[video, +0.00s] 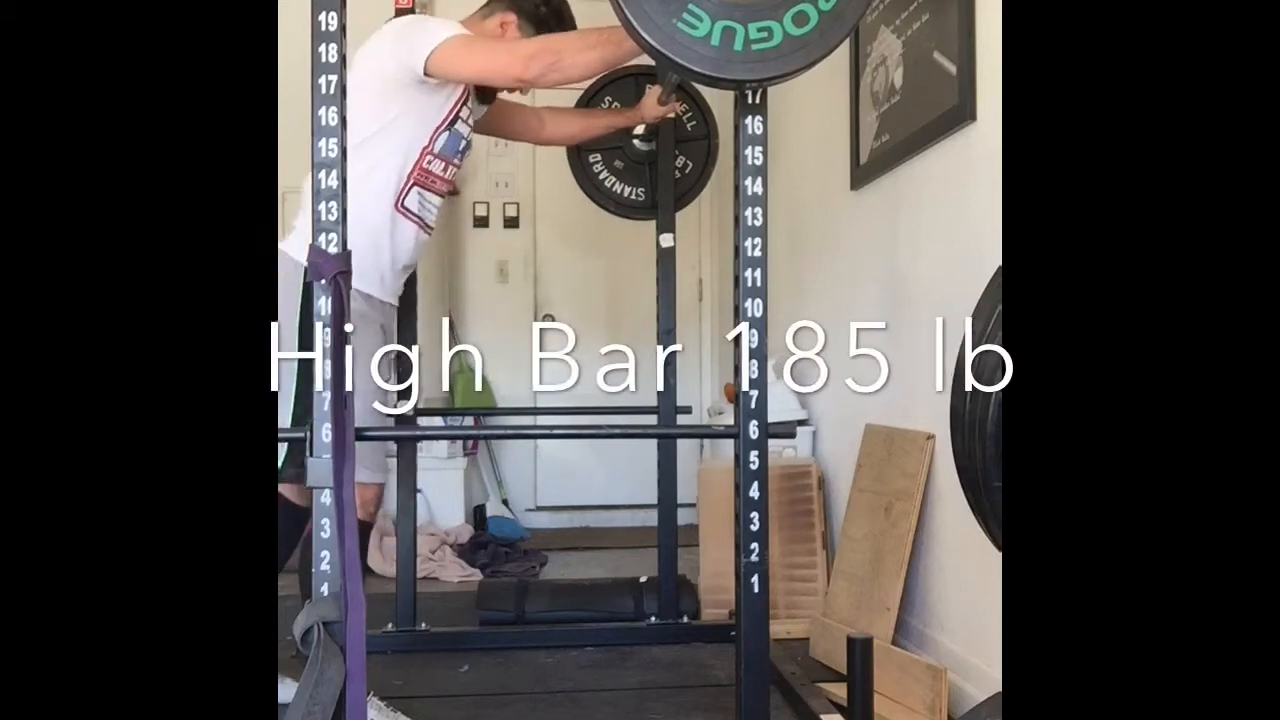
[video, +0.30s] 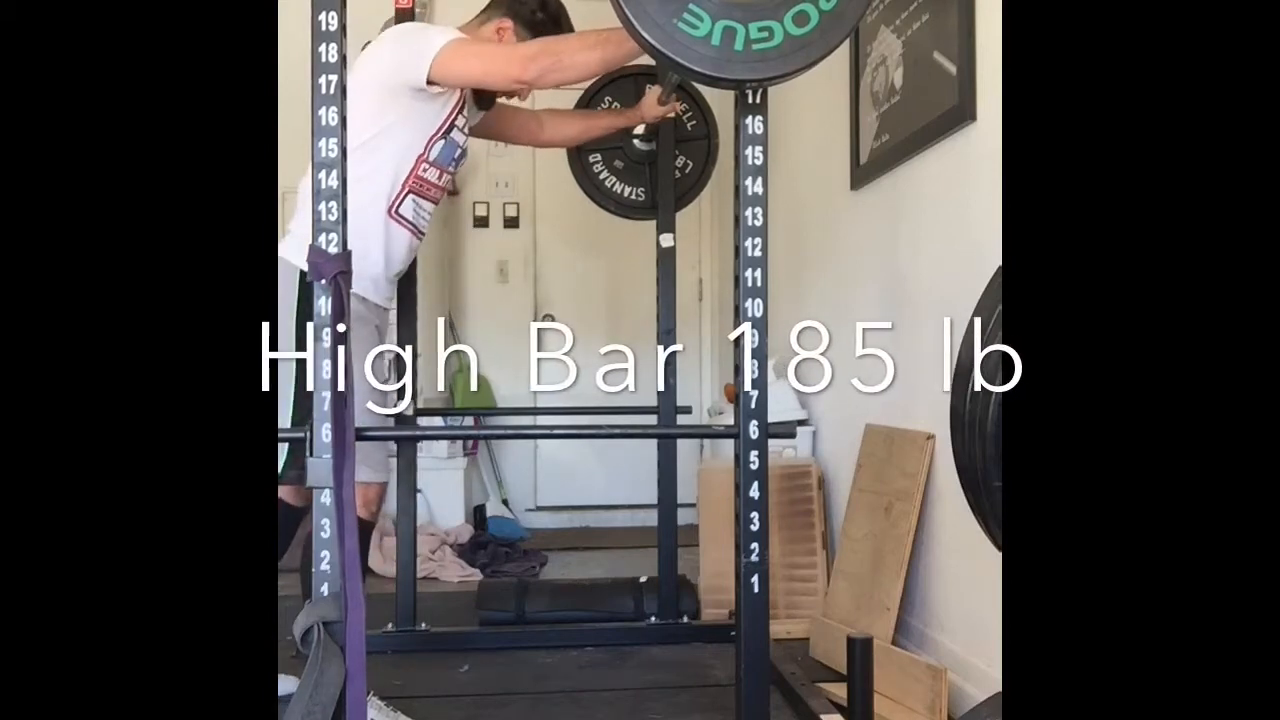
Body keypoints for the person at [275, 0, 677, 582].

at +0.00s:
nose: (519, 65)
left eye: (532, 57)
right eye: (528, 53)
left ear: (500, 26)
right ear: (505, 25)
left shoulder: (462, 99)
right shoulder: (411, 37)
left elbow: (541, 124)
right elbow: (530, 65)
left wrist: (636, 115)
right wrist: (659, 28)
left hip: (370, 297)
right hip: (328, 285)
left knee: (301, 475)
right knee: (359, 487)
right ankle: (322, 633)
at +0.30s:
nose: (522, 81)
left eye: (533, 71)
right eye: (526, 65)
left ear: (498, 33)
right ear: (500, 31)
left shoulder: (454, 106)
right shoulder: (407, 46)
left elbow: (538, 127)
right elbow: (535, 66)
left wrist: (635, 115)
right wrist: (658, 30)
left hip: (364, 299)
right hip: (317, 288)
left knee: (359, 492)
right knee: (357, 488)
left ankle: (330, 673)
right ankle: (336, 679)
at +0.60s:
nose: (512, 15)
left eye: (514, 7)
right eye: (507, 1)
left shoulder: (439, 71)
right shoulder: (398, 38)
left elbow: (532, 116)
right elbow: (530, 63)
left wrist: (634, 110)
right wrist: (653, 31)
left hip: (378, 294)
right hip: (350, 291)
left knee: (322, 478)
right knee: (368, 488)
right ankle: (331, 680)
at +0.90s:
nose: (503, 6)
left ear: (436, 1)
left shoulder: (438, 74)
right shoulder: (401, 39)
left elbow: (529, 117)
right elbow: (535, 59)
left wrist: (633, 111)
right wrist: (655, 28)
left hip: (374, 298)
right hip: (353, 295)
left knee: (303, 478)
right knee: (380, 486)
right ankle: (335, 683)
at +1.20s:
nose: (501, 8)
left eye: (499, 1)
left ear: (433, 1)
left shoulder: (439, 75)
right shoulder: (401, 39)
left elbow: (527, 115)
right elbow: (531, 60)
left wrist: (632, 110)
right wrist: (652, 28)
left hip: (374, 300)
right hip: (349, 297)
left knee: (297, 483)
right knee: (383, 492)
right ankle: (337, 684)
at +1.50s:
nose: (534, 72)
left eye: (543, 62)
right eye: (533, 58)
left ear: (505, 43)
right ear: (498, 34)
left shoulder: (472, 121)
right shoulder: (421, 68)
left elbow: (546, 136)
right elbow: (543, 66)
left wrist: (634, 114)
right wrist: (659, 28)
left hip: (378, 319)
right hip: (347, 311)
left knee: (297, 494)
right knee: (452, 478)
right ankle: (358, 667)